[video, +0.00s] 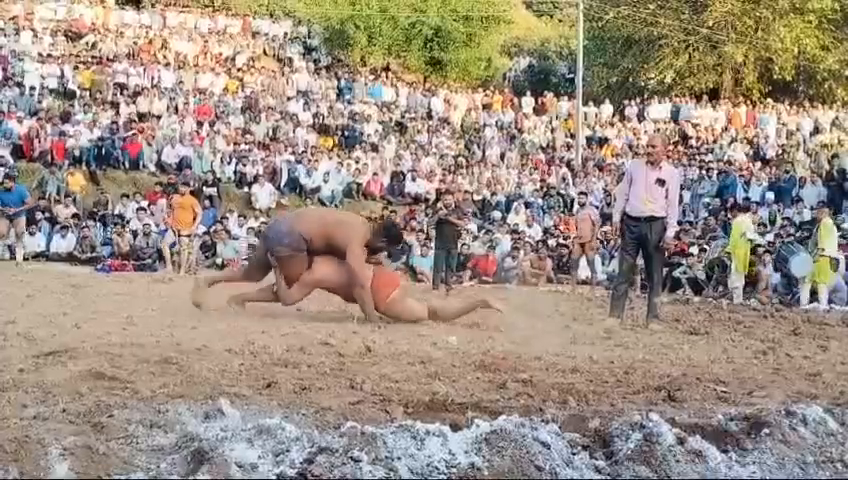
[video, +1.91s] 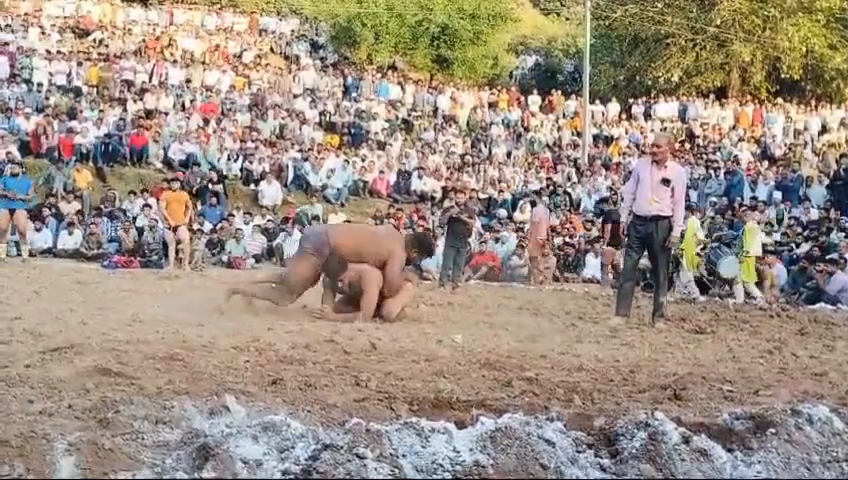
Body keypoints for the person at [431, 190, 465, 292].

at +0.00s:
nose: (447, 202)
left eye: (449, 199)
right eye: (445, 200)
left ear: (453, 200)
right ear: (442, 201)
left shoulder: (458, 211)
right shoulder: (438, 211)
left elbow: (464, 223)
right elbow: (430, 222)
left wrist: (450, 219)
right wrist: (438, 215)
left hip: (453, 241)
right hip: (440, 241)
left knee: (451, 266)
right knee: (438, 266)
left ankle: (449, 285)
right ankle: (436, 285)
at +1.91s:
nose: (459, 200)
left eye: (462, 198)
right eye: (458, 197)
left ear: (465, 198)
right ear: (454, 198)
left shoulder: (469, 211)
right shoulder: (449, 209)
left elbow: (473, 222)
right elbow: (441, 222)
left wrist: (462, 217)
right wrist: (449, 214)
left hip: (463, 240)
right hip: (451, 238)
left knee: (459, 265)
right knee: (447, 263)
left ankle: (455, 284)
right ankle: (442, 283)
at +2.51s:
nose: (472, 205)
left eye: (474, 203)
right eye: (470, 203)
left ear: (477, 204)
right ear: (466, 203)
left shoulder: (481, 216)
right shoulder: (461, 215)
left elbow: (485, 228)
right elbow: (454, 227)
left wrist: (474, 222)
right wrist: (463, 218)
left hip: (475, 246)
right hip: (463, 245)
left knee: (472, 269)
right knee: (459, 268)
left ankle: (469, 288)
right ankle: (455, 287)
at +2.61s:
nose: (484, 209)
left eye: (486, 207)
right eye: (482, 206)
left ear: (490, 207)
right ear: (478, 207)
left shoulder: (493, 220)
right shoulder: (473, 219)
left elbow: (498, 231)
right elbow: (466, 231)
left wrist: (485, 226)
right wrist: (475, 223)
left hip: (488, 250)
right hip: (475, 249)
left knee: (484, 274)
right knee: (472, 272)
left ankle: (481, 292)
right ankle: (467, 290)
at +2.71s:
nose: (496, 214)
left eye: (498, 212)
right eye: (494, 212)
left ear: (502, 213)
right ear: (492, 212)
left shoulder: (507, 225)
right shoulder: (487, 224)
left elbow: (511, 237)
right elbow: (479, 236)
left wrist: (500, 232)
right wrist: (488, 228)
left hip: (501, 256)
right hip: (489, 255)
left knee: (497, 279)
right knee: (485, 278)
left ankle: (494, 297)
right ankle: (480, 295)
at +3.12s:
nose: (494, 228)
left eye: (496, 226)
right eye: (491, 226)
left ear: (500, 226)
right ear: (488, 227)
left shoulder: (505, 238)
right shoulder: (485, 238)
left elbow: (510, 251)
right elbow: (479, 248)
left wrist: (496, 245)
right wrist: (486, 241)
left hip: (499, 267)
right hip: (487, 266)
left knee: (498, 290)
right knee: (484, 288)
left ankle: (496, 309)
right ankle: (480, 307)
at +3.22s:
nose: (490, 230)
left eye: (492, 228)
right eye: (487, 228)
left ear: (496, 228)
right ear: (484, 229)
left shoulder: (501, 240)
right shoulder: (481, 239)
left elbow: (506, 253)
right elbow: (474, 251)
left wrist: (493, 247)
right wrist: (481, 243)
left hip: (495, 269)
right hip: (483, 268)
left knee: (495, 292)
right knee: (480, 290)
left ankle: (493, 312)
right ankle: (477, 310)